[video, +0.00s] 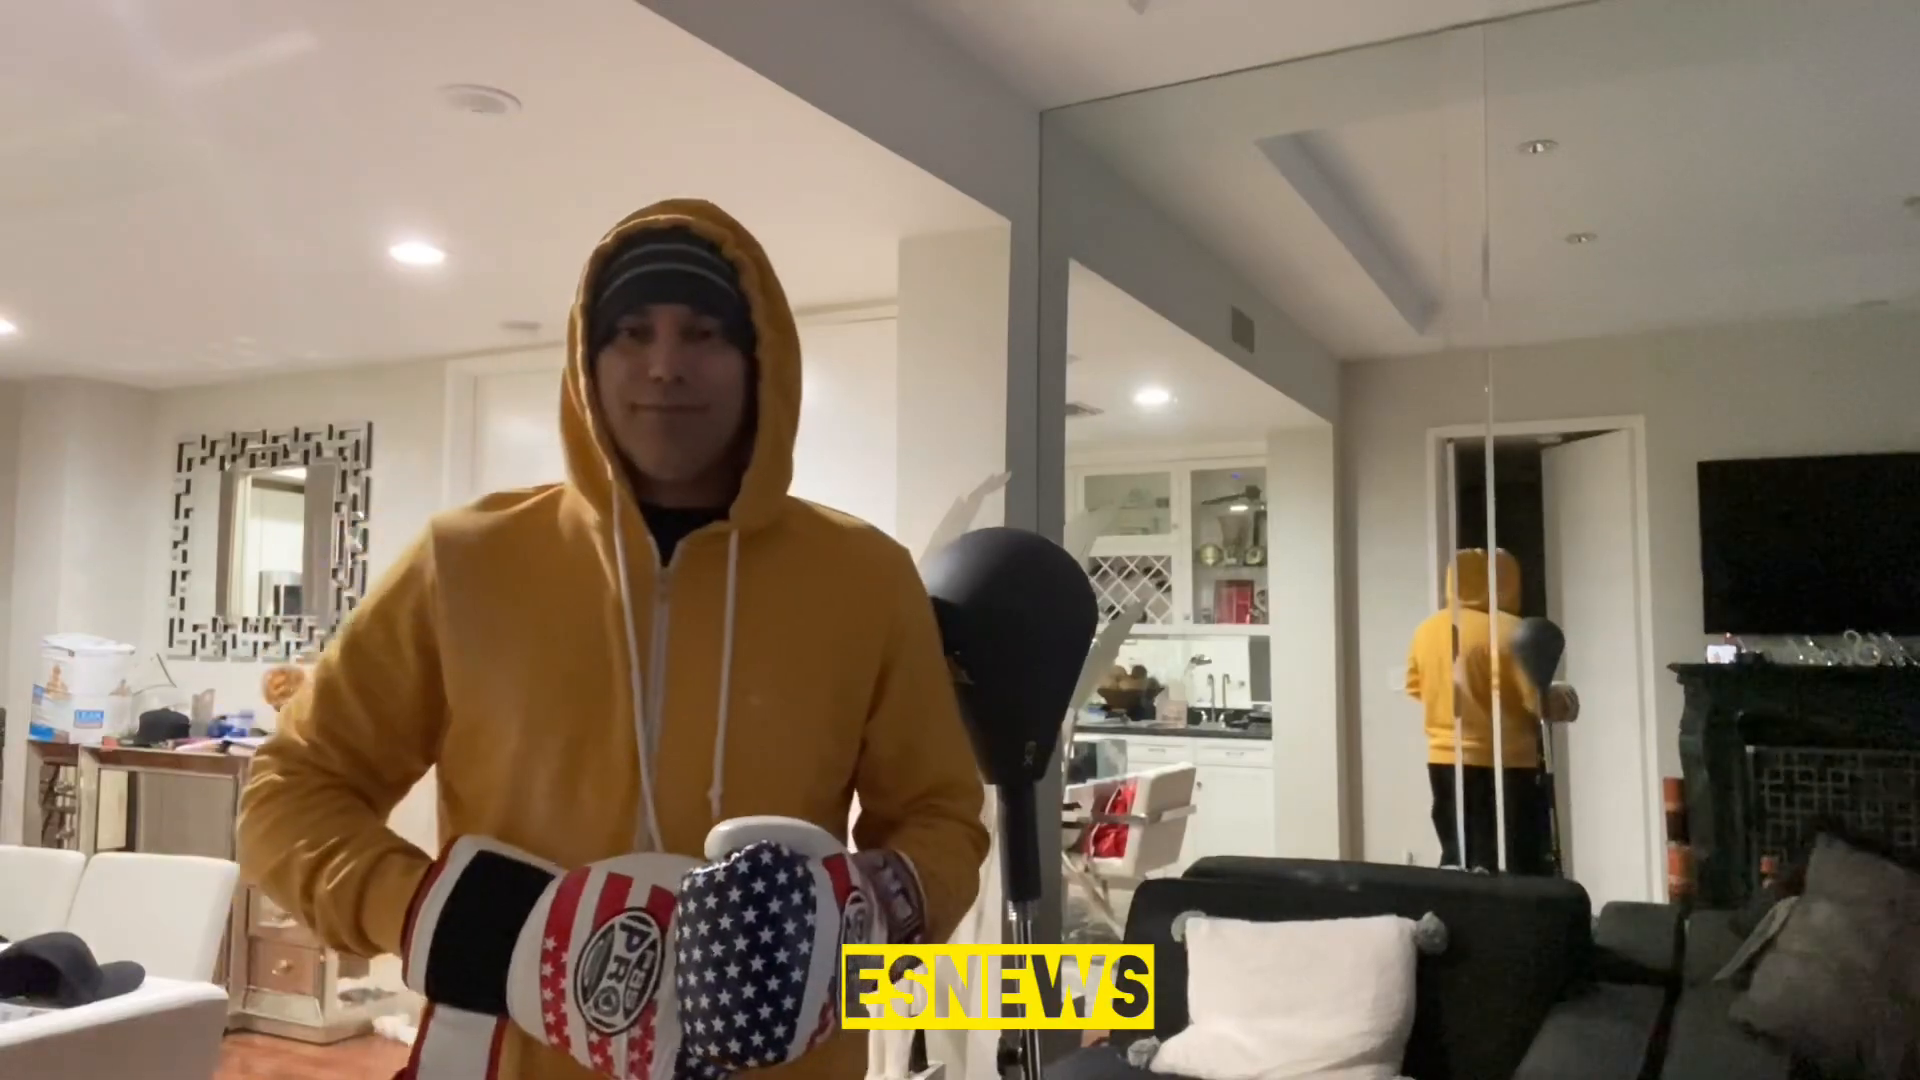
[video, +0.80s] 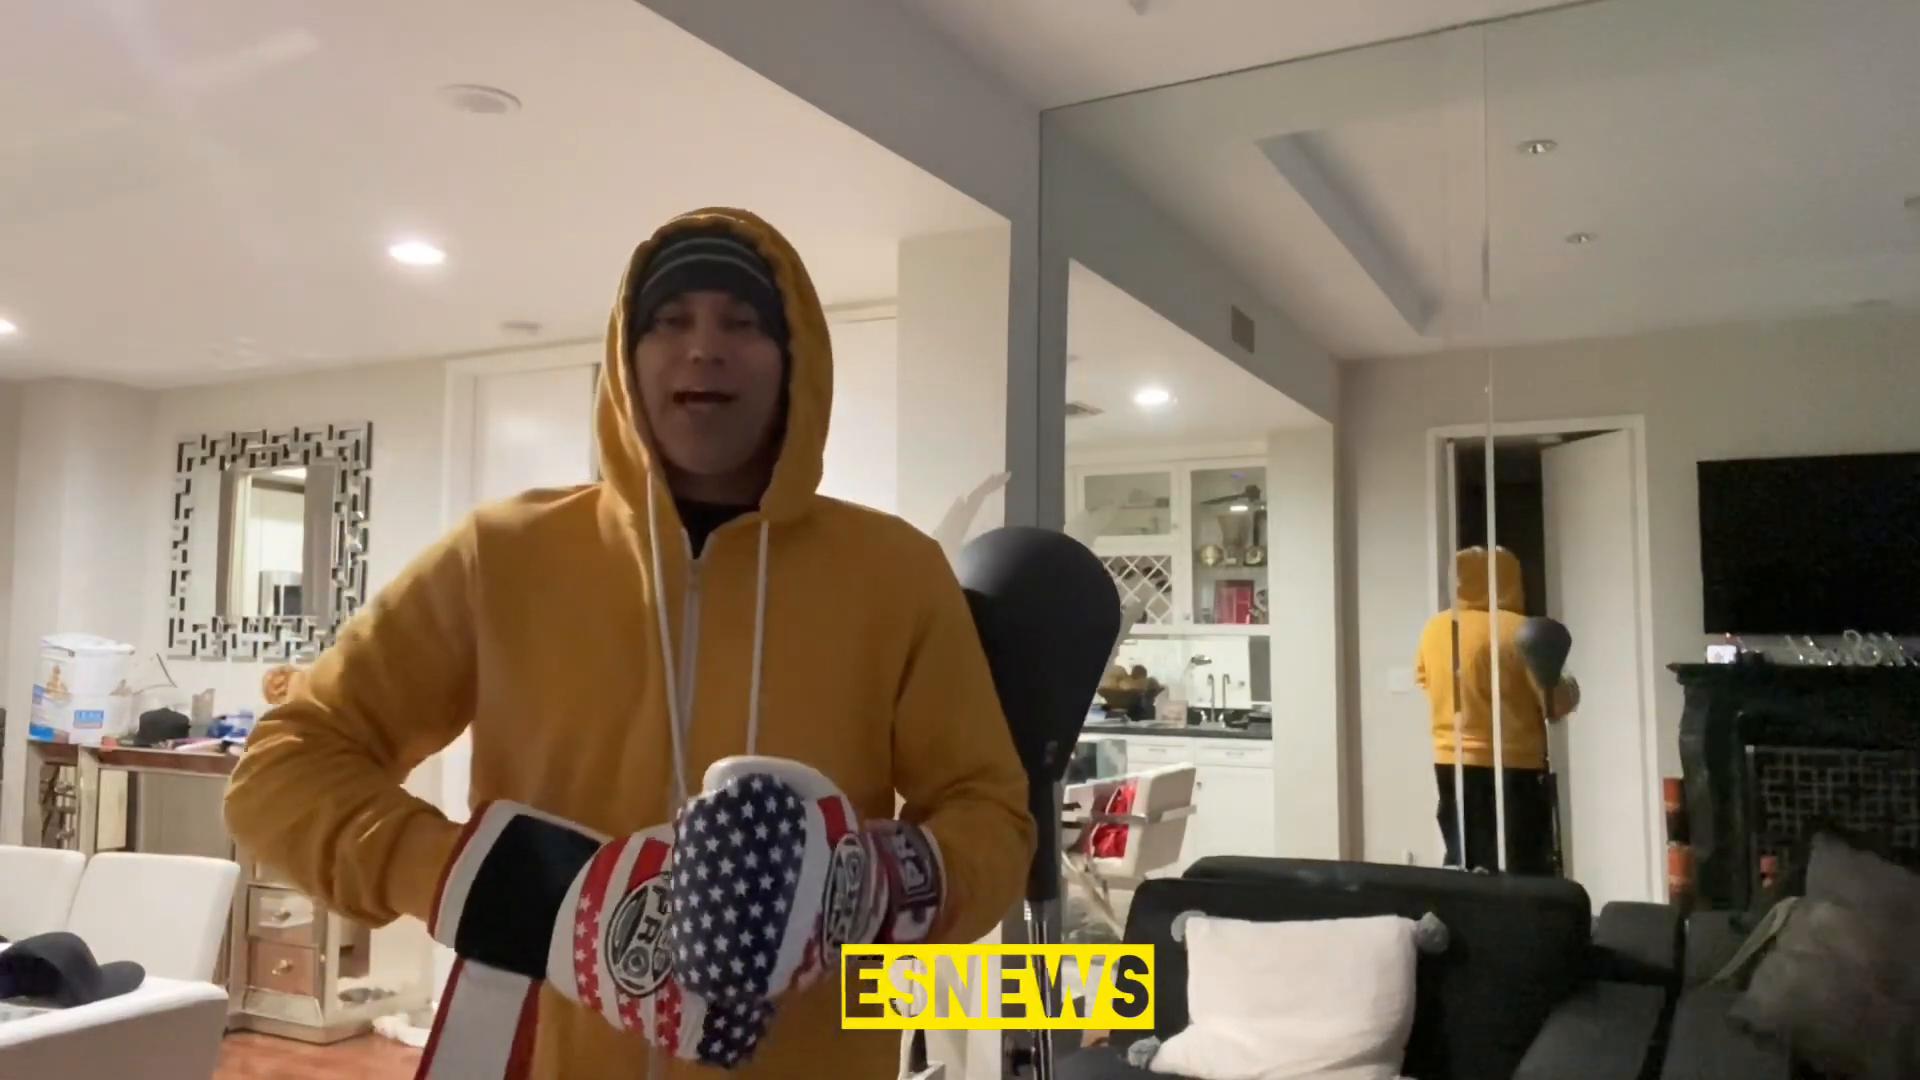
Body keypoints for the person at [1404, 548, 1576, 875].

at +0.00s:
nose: (1517, 589)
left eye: (1515, 581)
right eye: (1512, 581)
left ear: (1454, 582)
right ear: (1500, 584)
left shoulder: (1428, 630)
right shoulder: (1509, 631)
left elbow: (1414, 687)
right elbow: (1536, 700)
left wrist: (1455, 699)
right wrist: (1564, 701)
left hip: (1447, 766)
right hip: (1508, 768)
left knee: (1459, 857)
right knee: (1521, 862)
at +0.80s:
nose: (1519, 588)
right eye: (1515, 581)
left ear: (1462, 582)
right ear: (1509, 583)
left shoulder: (1437, 628)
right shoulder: (1521, 630)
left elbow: (1425, 680)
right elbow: (1554, 704)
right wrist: (1570, 689)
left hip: (1456, 769)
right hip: (1518, 770)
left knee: (1466, 862)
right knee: (1526, 867)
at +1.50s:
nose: (1525, 591)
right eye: (1521, 583)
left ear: (1463, 586)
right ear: (1513, 586)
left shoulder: (1437, 634)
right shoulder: (1528, 633)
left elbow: (1433, 689)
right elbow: (1575, 698)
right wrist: (1558, 657)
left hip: (1463, 770)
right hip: (1524, 770)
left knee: (1477, 860)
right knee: (1529, 867)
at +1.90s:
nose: (1533, 601)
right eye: (1531, 594)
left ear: (1472, 589)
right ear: (1521, 592)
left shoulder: (1441, 633)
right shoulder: (1524, 630)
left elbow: (1457, 694)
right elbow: (1571, 693)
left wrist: (1538, 706)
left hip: (1459, 767)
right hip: (1517, 768)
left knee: (1475, 862)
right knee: (1526, 866)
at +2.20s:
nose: (1536, 606)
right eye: (1533, 601)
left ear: (1475, 592)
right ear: (1523, 596)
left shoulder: (1445, 635)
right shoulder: (1528, 627)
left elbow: (1455, 689)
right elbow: (1577, 682)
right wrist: (1543, 690)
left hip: (1459, 762)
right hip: (1516, 763)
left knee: (1475, 856)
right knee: (1524, 858)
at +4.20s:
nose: (1519, 620)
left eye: (1524, 611)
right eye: (1520, 609)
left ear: (1475, 593)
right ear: (1500, 603)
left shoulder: (1439, 627)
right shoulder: (1470, 630)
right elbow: (1507, 696)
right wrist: (1536, 695)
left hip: (1451, 765)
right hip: (1484, 767)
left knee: (1480, 870)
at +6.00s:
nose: (1543, 605)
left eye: (1543, 598)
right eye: (1541, 597)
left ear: (1484, 589)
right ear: (1531, 594)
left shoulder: (1453, 633)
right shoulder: (1526, 631)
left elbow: (1452, 697)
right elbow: (1560, 692)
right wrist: (1590, 689)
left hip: (1465, 767)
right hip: (1519, 769)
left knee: (1478, 867)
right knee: (1529, 870)